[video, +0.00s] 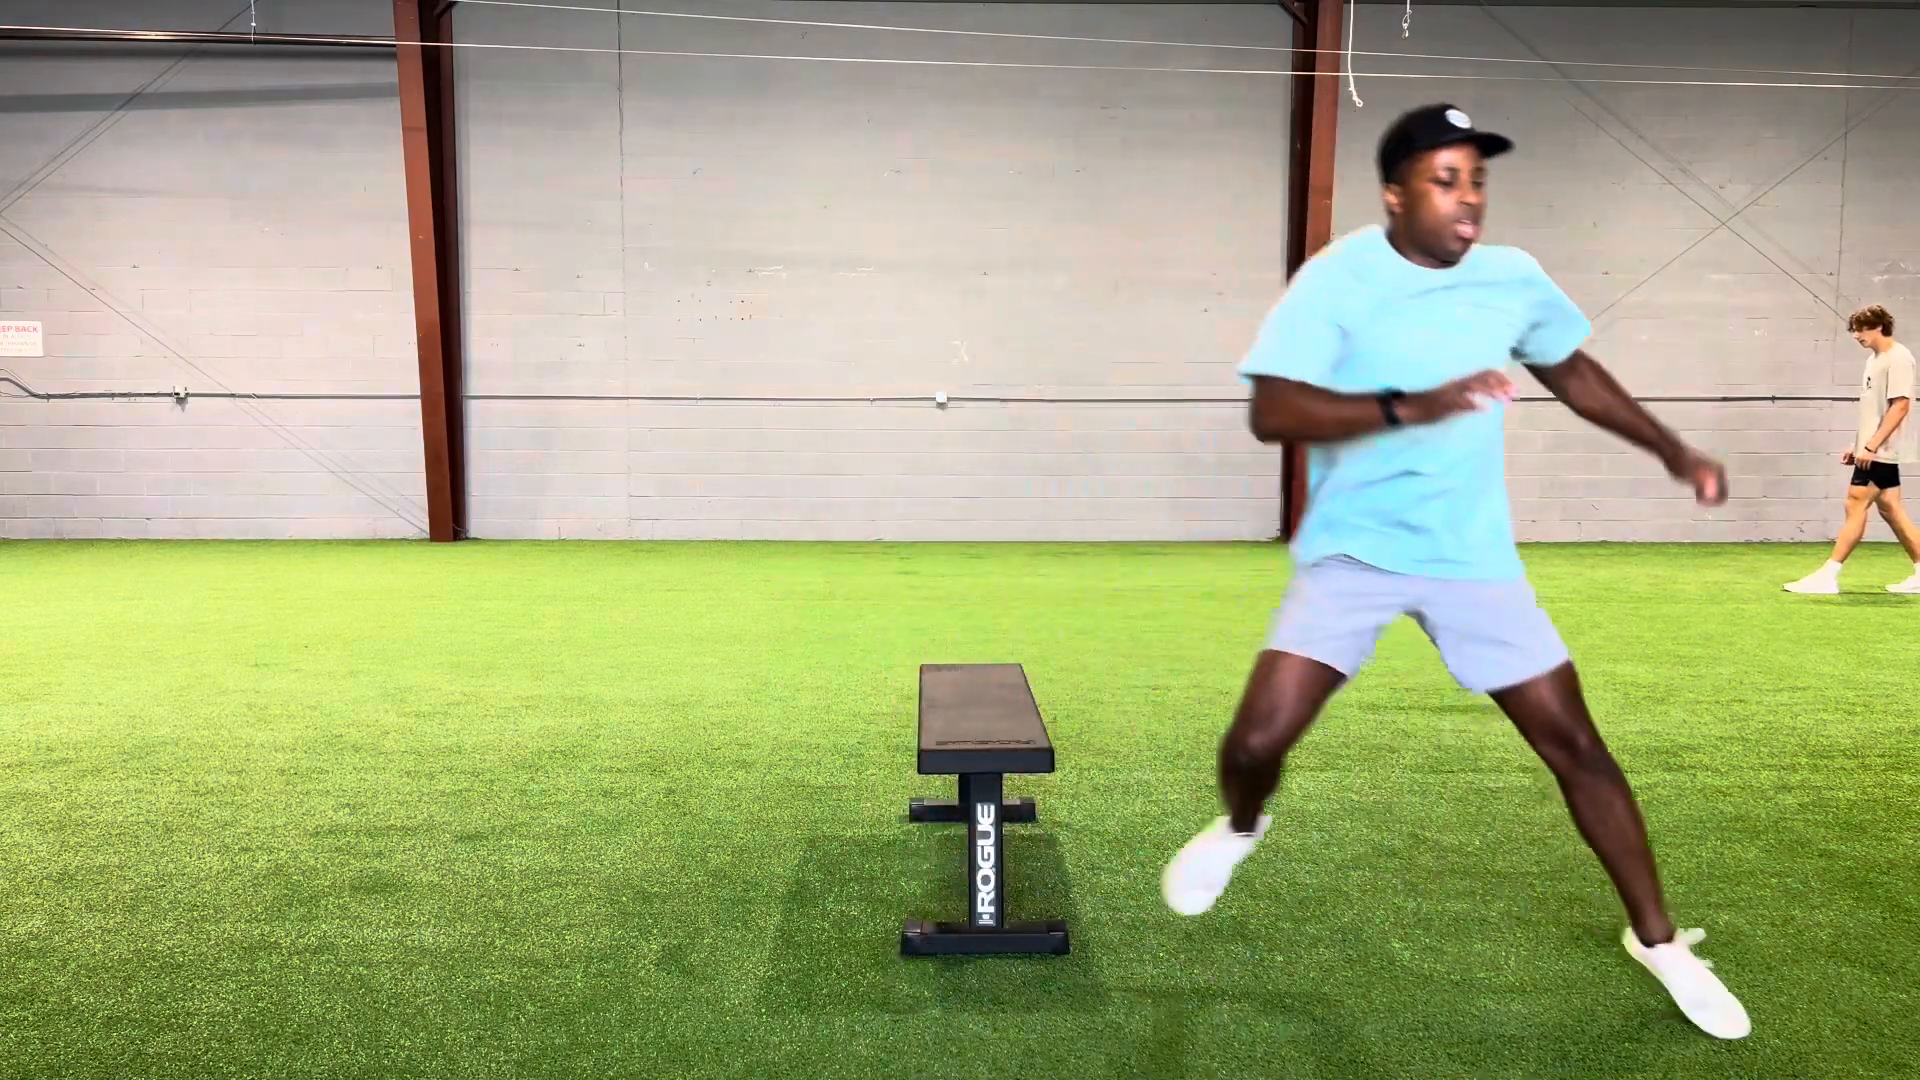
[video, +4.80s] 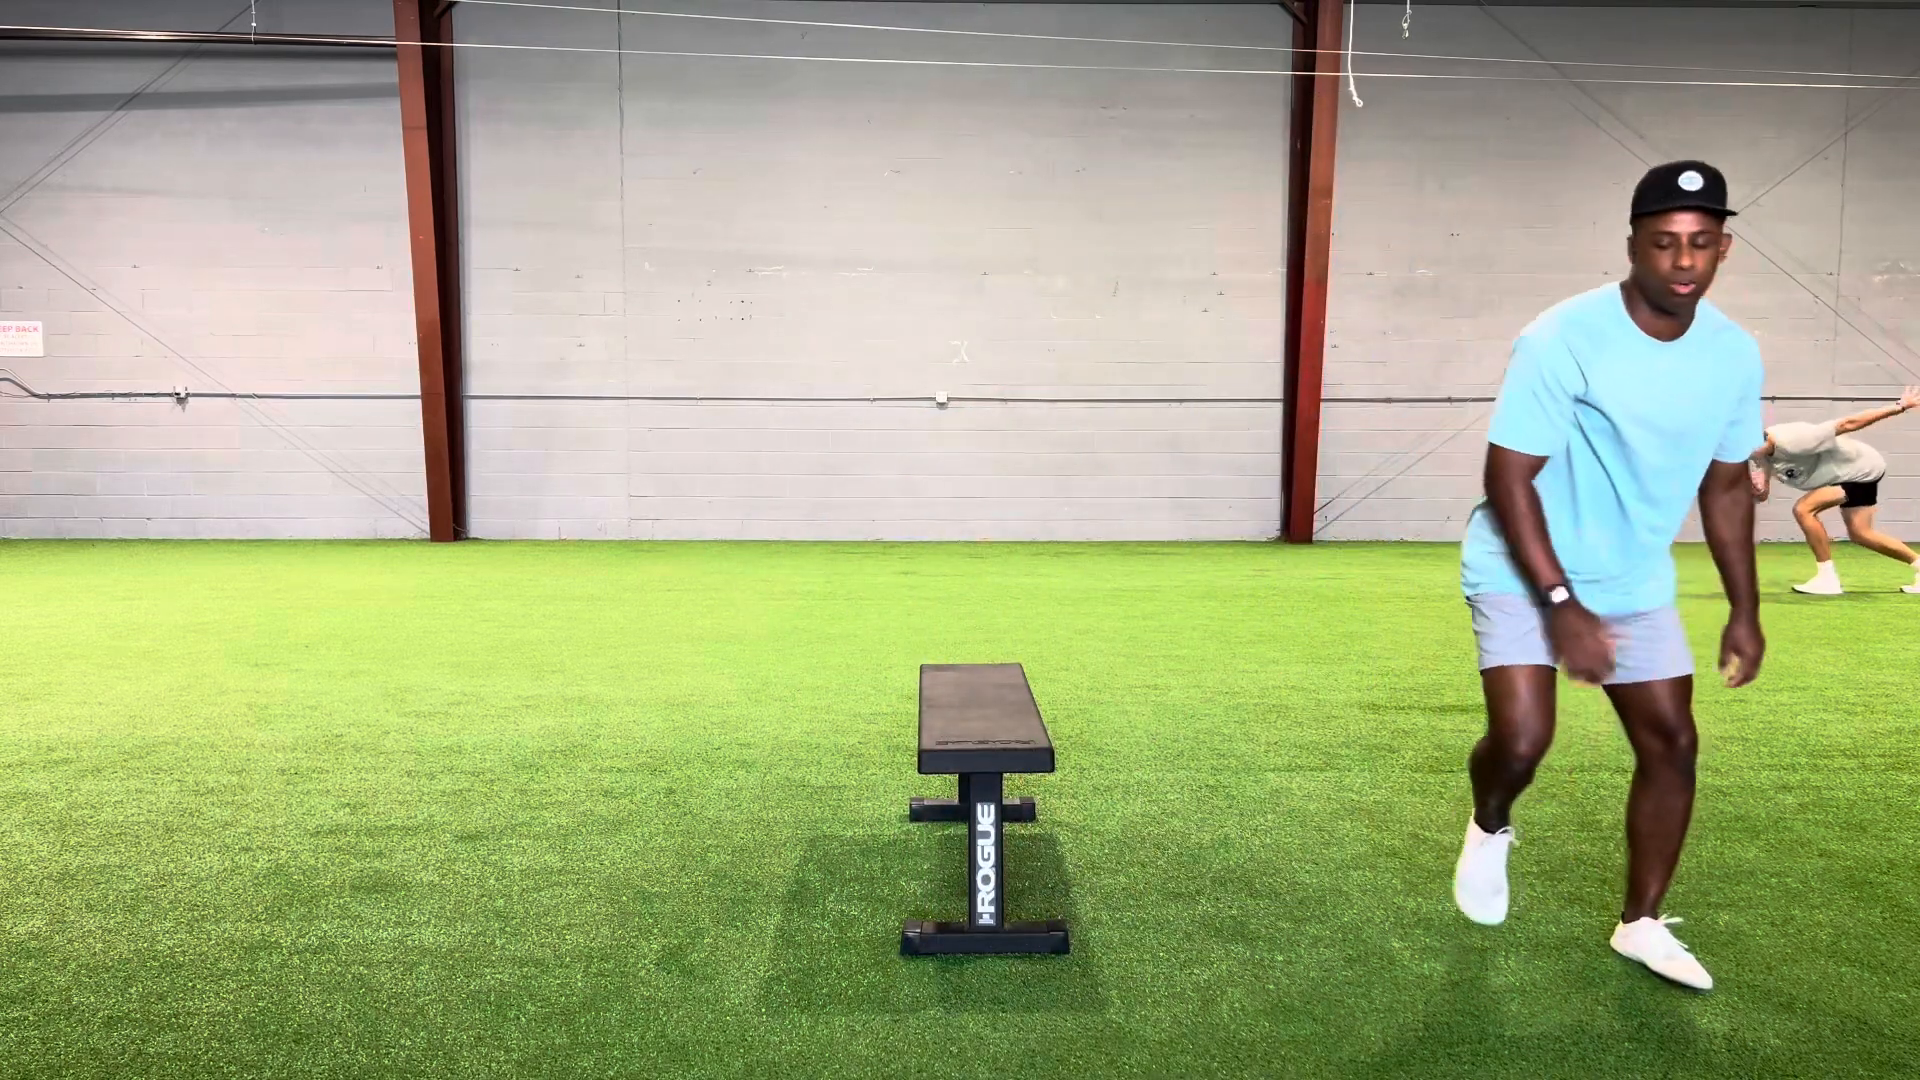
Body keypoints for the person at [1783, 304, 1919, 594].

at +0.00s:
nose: (1858, 337)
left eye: (1862, 331)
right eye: (1856, 332)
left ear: (1879, 328)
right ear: (1869, 332)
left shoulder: (1898, 357)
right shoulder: (1875, 359)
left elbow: (1901, 407)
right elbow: (1873, 410)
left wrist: (1872, 446)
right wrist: (1857, 446)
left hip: (1880, 451)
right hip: (1875, 451)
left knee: (1856, 505)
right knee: (1891, 510)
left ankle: (1828, 574)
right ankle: (1919, 570)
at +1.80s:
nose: (1836, 348)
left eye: (1839, 341)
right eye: (1831, 345)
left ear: (1852, 336)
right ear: (1829, 347)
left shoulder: (1873, 361)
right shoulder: (1843, 369)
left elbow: (1884, 409)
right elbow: (1848, 412)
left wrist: (1857, 450)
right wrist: (1837, 445)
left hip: (1881, 450)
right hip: (1871, 450)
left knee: (1841, 501)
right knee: (1894, 511)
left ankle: (1826, 574)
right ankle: (1919, 571)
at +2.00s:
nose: (1808, 361)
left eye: (1811, 354)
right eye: (1803, 358)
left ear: (1825, 347)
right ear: (1801, 358)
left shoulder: (1845, 370)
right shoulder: (1816, 378)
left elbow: (1858, 418)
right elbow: (1823, 416)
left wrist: (1843, 457)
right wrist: (1826, 449)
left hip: (1875, 448)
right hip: (1866, 449)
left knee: (1837, 501)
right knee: (1889, 509)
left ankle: (1826, 574)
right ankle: (1919, 567)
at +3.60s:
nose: (1775, 384)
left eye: (1777, 377)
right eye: (1772, 379)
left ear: (1792, 370)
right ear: (1788, 373)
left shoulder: (1823, 386)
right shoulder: (1796, 396)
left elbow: (1850, 427)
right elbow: (1811, 431)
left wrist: (1835, 471)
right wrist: (1814, 463)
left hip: (1869, 454)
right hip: (1863, 456)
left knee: (1822, 502)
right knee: (1885, 514)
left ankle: (1826, 576)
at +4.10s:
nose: (1762, 408)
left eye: (1760, 403)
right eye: (1758, 405)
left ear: (1770, 391)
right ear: (1769, 394)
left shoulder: (1807, 399)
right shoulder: (1784, 414)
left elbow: (1847, 430)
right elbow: (1800, 445)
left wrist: (1875, 470)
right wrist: (1796, 469)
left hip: (1862, 462)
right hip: (1853, 462)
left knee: (1817, 503)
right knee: (1881, 518)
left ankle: (1825, 577)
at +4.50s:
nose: (1753, 441)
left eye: (1751, 436)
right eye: (1749, 439)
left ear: (1760, 423)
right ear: (1757, 426)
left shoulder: (1795, 428)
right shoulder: (1771, 437)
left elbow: (1855, 434)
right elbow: (1782, 469)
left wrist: (1908, 444)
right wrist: (1777, 481)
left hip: (1864, 463)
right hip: (1861, 464)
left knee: (1814, 504)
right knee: (1868, 525)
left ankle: (1825, 577)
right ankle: (1919, 559)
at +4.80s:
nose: (1749, 452)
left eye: (1749, 446)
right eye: (1746, 448)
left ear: (1758, 438)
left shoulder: (1794, 442)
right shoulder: (1760, 454)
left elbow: (1847, 424)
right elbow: (1762, 495)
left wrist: (1899, 408)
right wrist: (1755, 491)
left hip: (1862, 470)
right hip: (1854, 471)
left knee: (1803, 509)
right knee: (1860, 533)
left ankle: (1827, 578)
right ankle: (1918, 563)